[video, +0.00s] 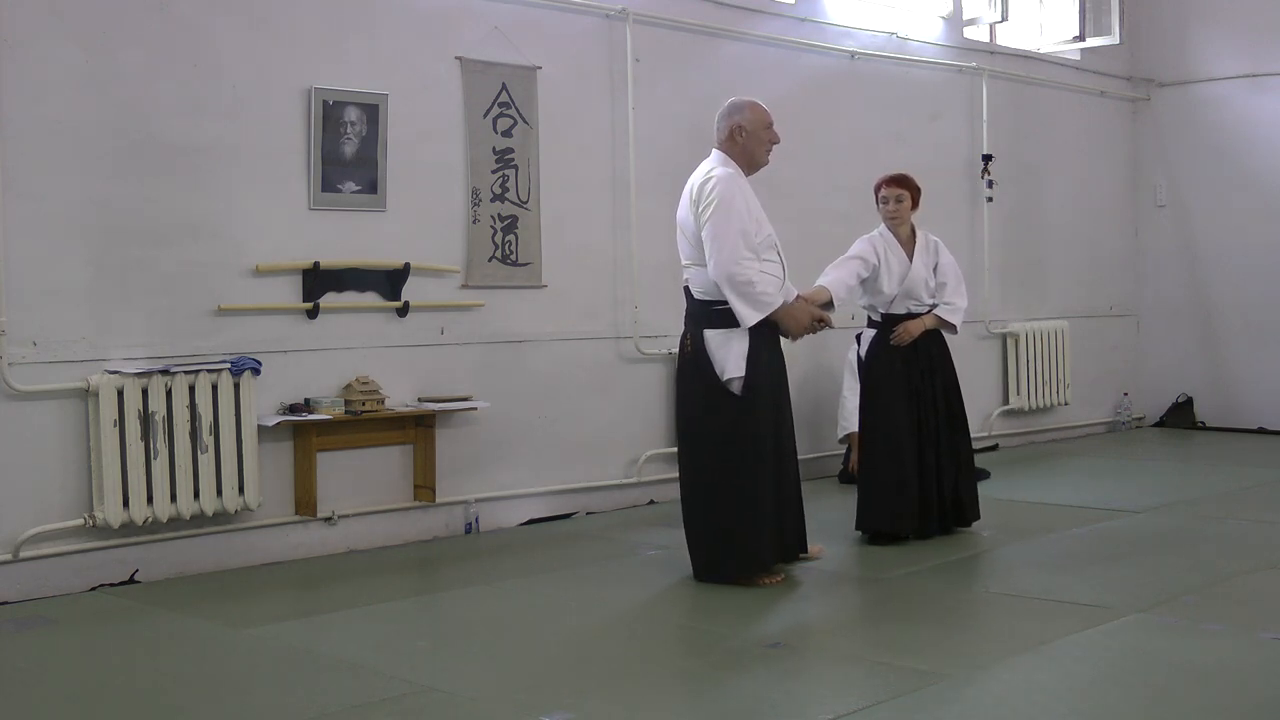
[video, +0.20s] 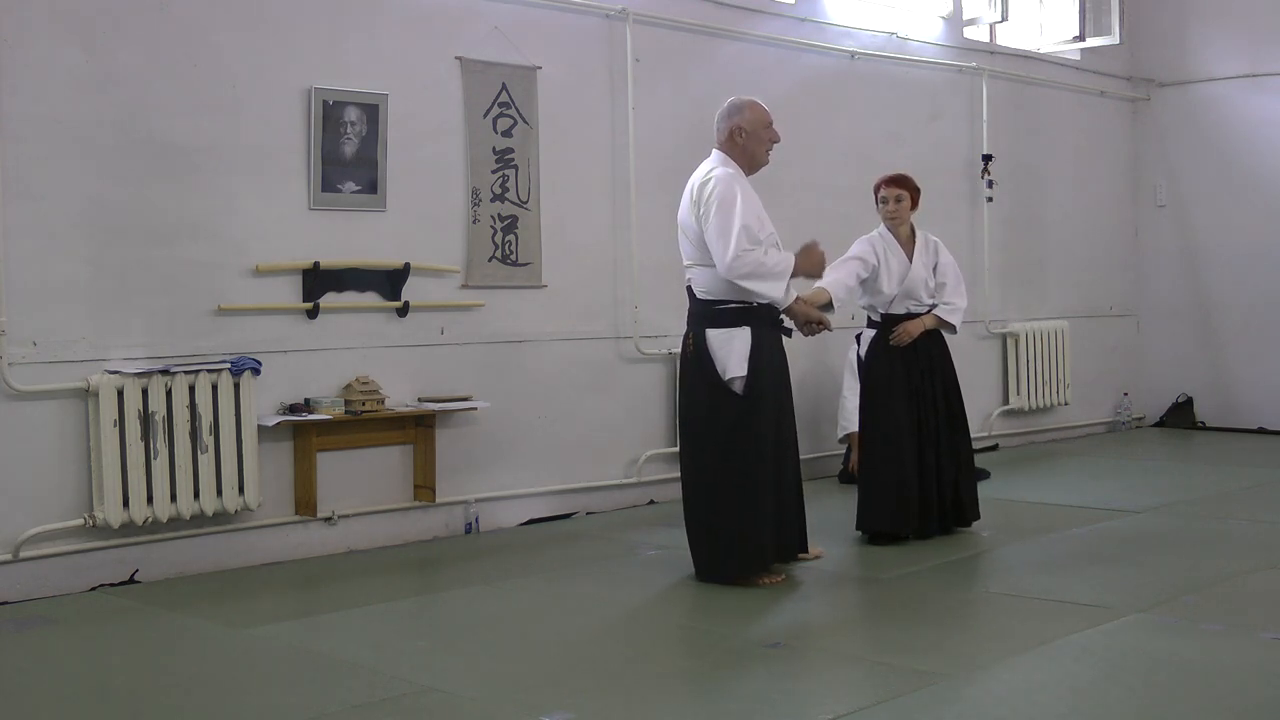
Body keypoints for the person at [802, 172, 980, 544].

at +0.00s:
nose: (892, 208)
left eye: (899, 200)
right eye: (884, 202)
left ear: (914, 204)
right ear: (878, 207)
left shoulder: (932, 246)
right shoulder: (871, 247)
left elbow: (954, 299)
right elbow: (843, 275)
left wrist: (922, 323)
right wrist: (810, 299)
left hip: (928, 344)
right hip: (886, 347)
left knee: (936, 427)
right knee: (891, 432)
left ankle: (940, 514)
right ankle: (892, 520)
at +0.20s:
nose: (891, 208)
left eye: (899, 200)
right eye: (884, 202)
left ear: (914, 205)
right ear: (877, 207)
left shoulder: (932, 246)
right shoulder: (870, 247)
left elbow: (954, 299)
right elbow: (841, 278)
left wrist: (921, 324)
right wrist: (807, 300)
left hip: (928, 345)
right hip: (886, 347)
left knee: (936, 428)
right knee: (890, 432)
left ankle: (941, 515)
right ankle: (892, 521)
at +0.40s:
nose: (890, 207)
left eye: (898, 200)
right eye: (883, 202)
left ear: (913, 205)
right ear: (877, 208)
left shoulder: (931, 246)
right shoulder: (870, 247)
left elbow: (954, 298)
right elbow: (841, 279)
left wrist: (921, 324)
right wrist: (808, 301)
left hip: (928, 345)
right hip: (886, 347)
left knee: (936, 428)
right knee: (890, 432)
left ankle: (941, 515)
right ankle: (892, 521)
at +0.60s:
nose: (890, 207)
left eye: (898, 200)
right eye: (883, 202)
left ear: (913, 205)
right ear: (876, 208)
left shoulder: (932, 246)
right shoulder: (870, 247)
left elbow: (954, 299)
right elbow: (841, 279)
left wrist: (921, 324)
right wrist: (806, 303)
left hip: (928, 344)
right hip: (886, 347)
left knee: (936, 428)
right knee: (890, 432)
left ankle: (941, 515)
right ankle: (892, 521)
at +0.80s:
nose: (890, 208)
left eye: (898, 201)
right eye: (883, 202)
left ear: (913, 205)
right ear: (876, 208)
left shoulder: (932, 246)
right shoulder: (869, 248)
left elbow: (954, 300)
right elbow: (839, 281)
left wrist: (920, 324)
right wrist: (806, 304)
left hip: (928, 345)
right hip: (886, 347)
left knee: (935, 428)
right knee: (891, 432)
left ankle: (939, 515)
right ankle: (893, 521)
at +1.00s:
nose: (890, 208)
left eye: (898, 200)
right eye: (883, 202)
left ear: (912, 206)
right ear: (876, 208)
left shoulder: (932, 246)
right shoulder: (869, 248)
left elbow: (954, 300)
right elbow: (840, 281)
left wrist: (920, 324)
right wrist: (806, 304)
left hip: (928, 345)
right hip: (886, 347)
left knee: (936, 428)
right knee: (891, 432)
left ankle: (940, 515)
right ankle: (893, 521)